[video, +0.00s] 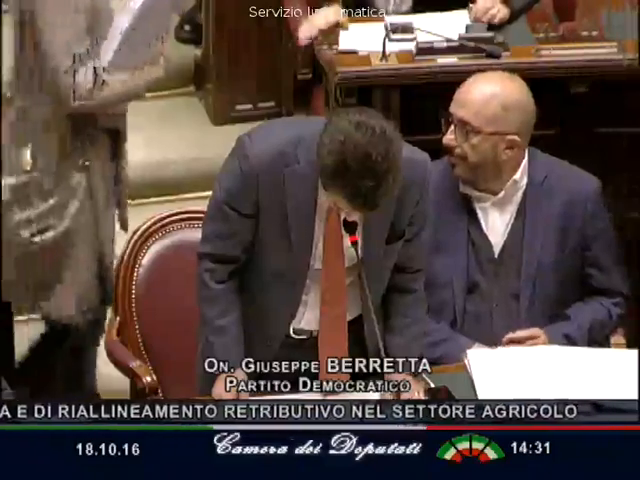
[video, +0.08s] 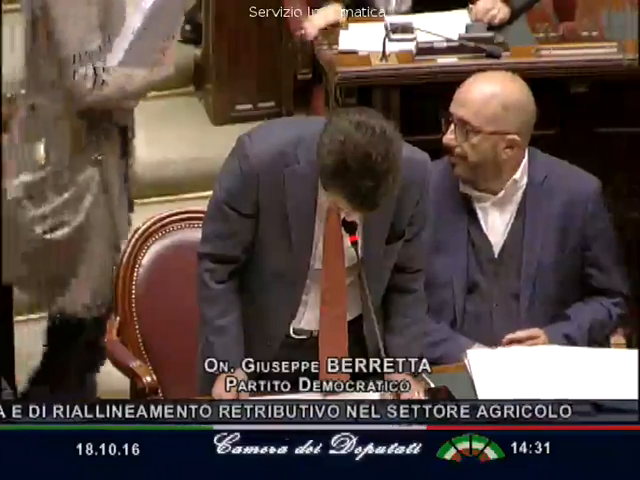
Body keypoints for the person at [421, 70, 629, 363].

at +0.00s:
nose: (447, 140)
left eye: (465, 131)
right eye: (450, 122)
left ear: (508, 148)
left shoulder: (578, 194)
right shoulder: (424, 186)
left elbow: (612, 297)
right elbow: (397, 311)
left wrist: (555, 338)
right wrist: (467, 354)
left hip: (550, 379)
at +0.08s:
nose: (447, 139)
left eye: (465, 131)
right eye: (450, 122)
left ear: (508, 147)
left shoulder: (578, 194)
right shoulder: (424, 186)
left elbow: (612, 298)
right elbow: (398, 310)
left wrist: (555, 338)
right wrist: (467, 355)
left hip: (550, 379)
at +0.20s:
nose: (447, 139)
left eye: (465, 130)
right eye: (450, 121)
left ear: (508, 147)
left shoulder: (578, 194)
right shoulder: (425, 186)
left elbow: (612, 298)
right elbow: (397, 309)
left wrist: (555, 338)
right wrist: (465, 354)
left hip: (549, 378)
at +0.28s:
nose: (448, 138)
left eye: (465, 129)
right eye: (450, 121)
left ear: (508, 147)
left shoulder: (578, 194)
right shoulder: (425, 186)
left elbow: (612, 298)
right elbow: (397, 308)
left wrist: (556, 337)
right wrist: (463, 354)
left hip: (549, 379)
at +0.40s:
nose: (448, 138)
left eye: (465, 129)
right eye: (450, 120)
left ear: (508, 146)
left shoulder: (579, 194)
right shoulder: (424, 186)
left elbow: (612, 297)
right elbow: (397, 309)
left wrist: (558, 339)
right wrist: (463, 353)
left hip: (550, 379)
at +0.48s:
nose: (448, 138)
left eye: (466, 129)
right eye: (450, 120)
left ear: (508, 146)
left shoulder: (579, 194)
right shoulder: (424, 186)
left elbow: (611, 297)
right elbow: (397, 308)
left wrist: (558, 339)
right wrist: (462, 353)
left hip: (550, 379)